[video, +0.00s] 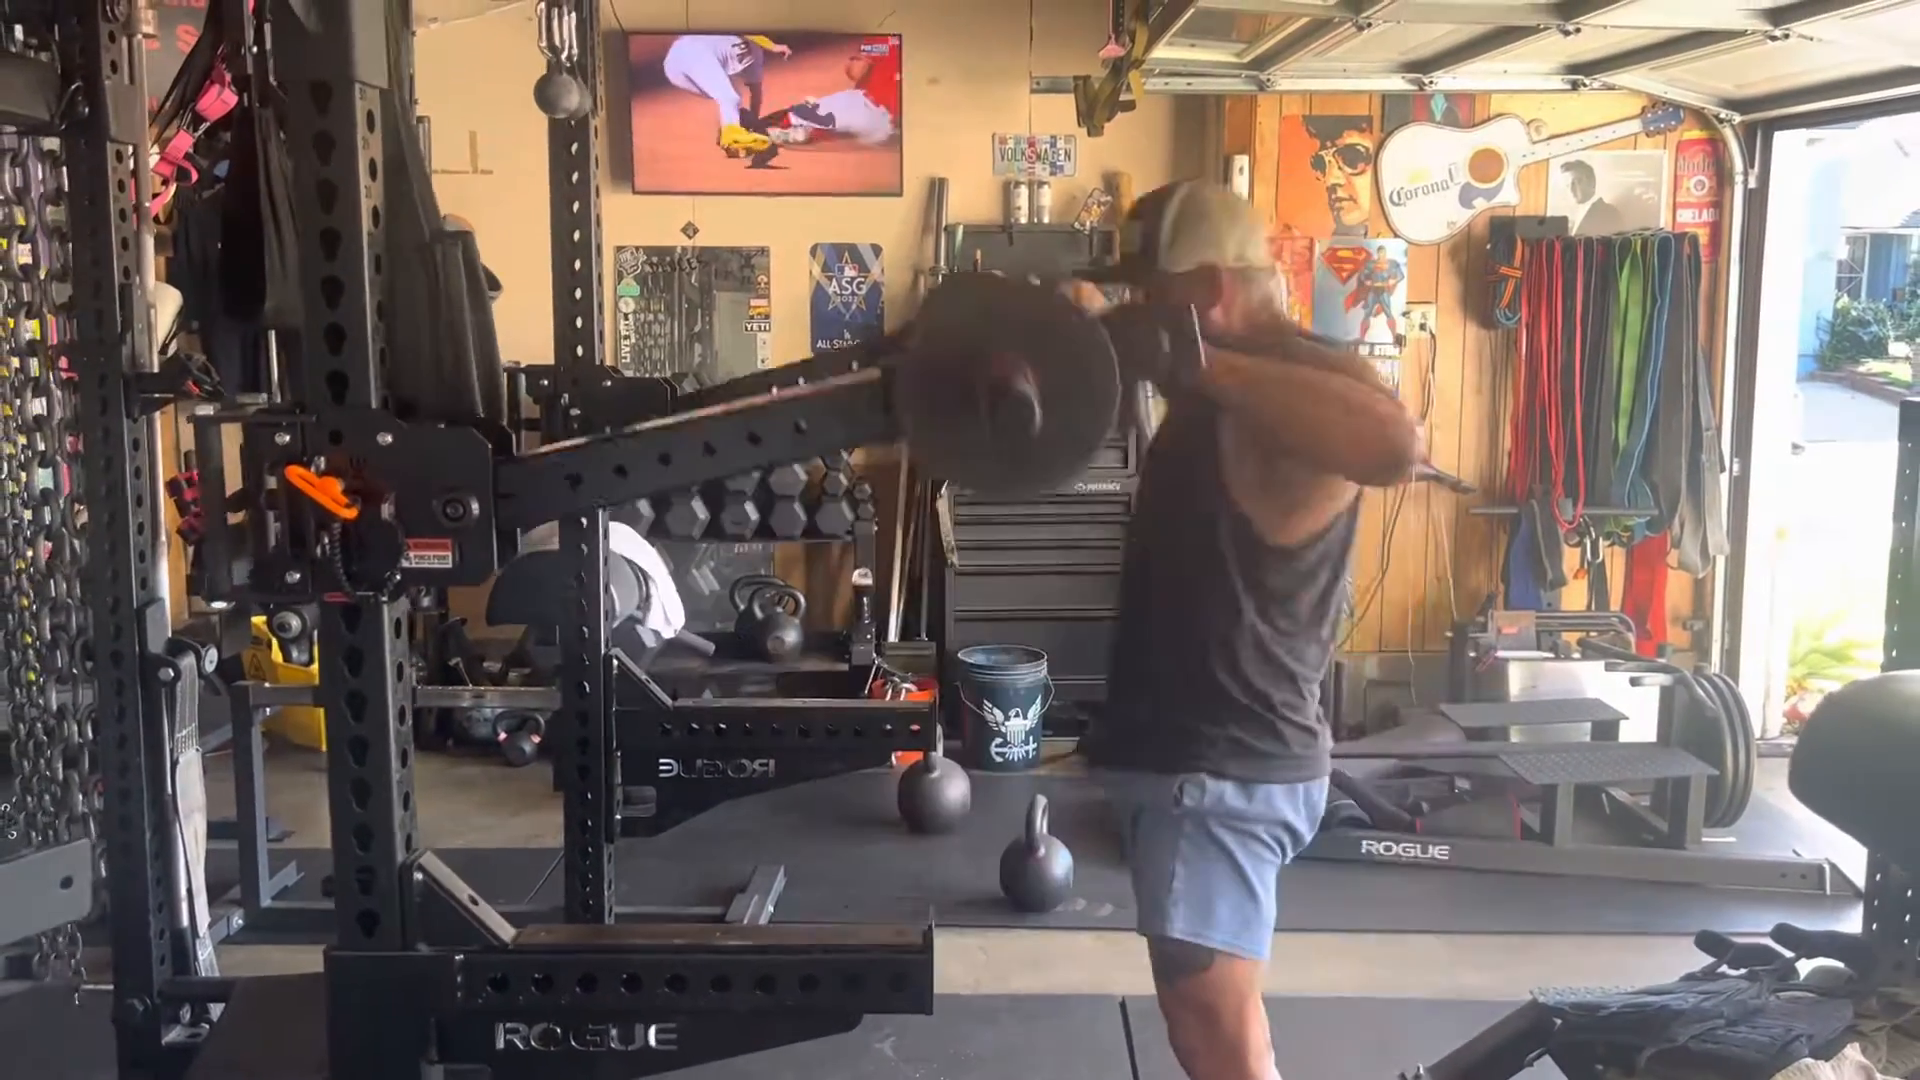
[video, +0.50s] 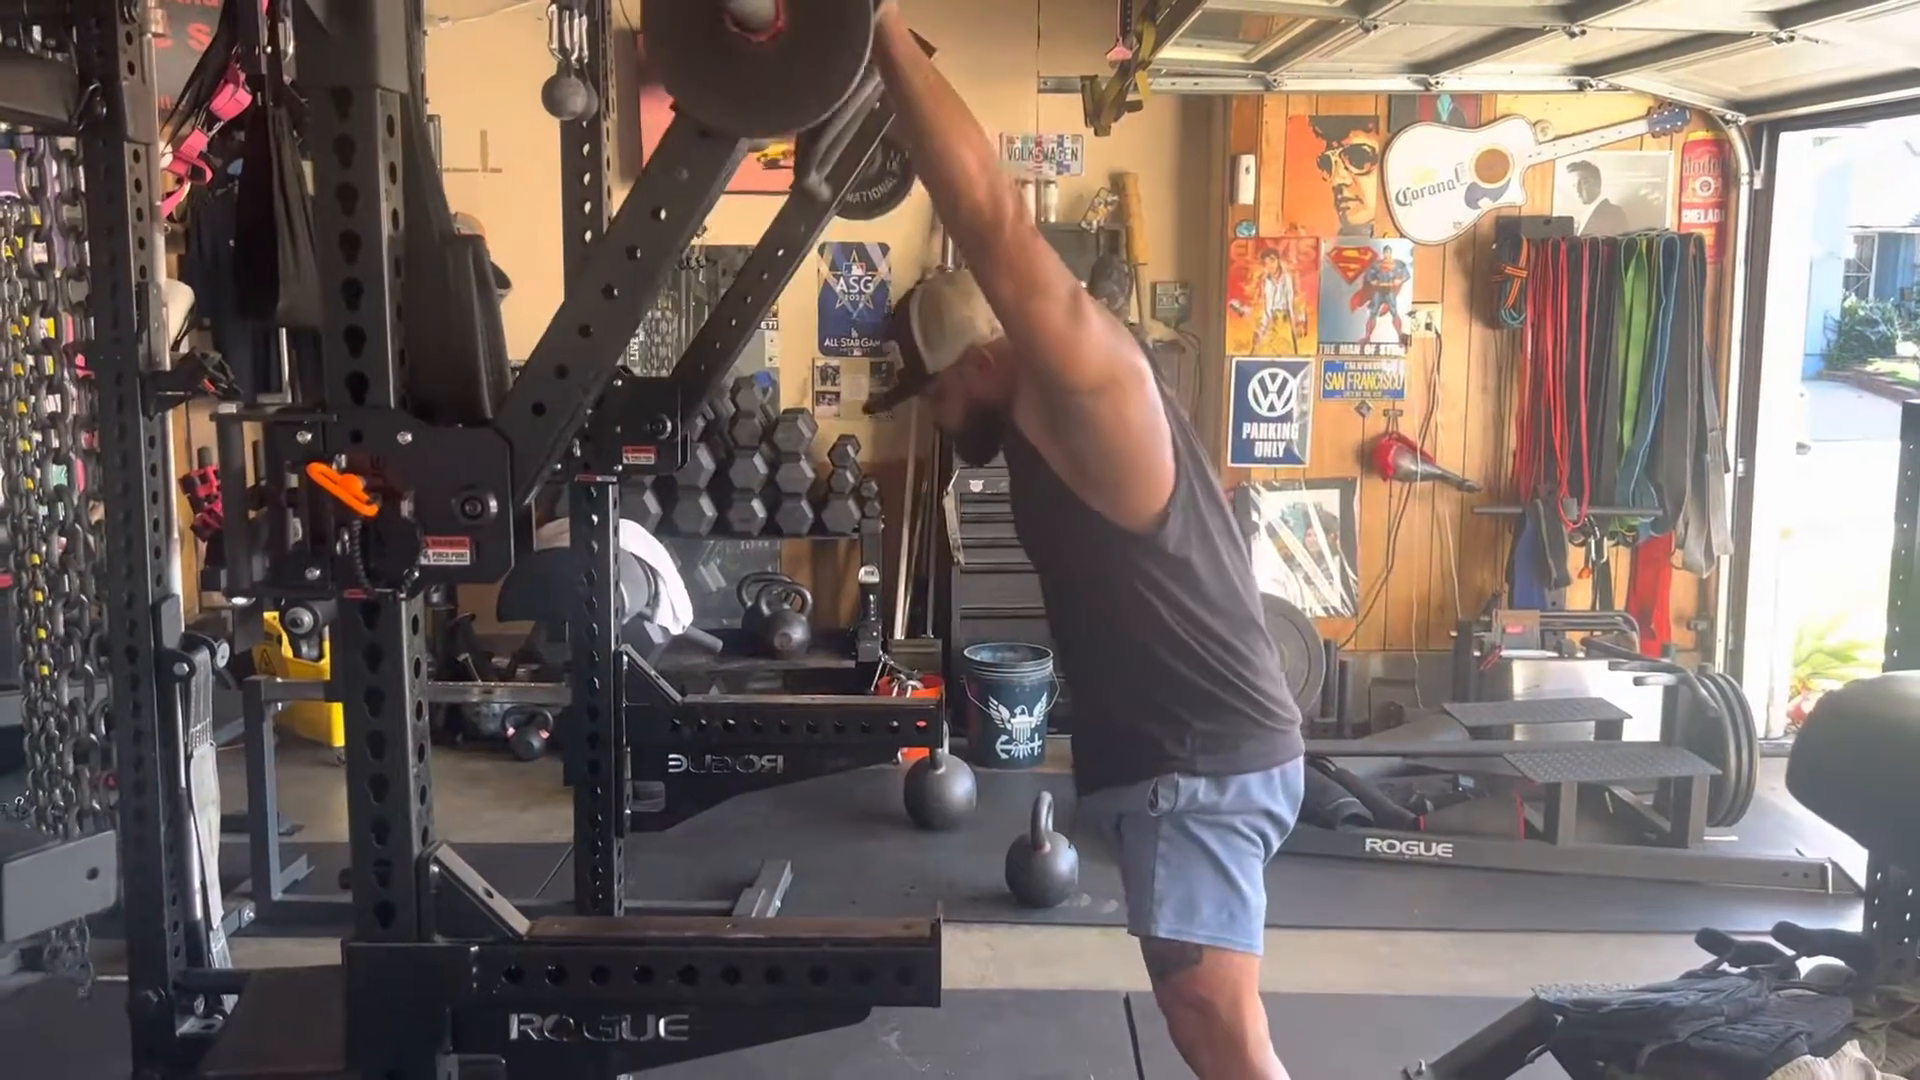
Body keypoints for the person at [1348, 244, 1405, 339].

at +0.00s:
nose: (1381, 255)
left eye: (1383, 253)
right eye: (1380, 253)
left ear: (1386, 253)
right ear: (1377, 253)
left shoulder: (1392, 264)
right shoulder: (1370, 264)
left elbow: (1401, 276)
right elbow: (1362, 275)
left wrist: (1393, 282)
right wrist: (1366, 281)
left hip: (1385, 288)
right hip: (1373, 288)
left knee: (1388, 313)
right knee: (1367, 313)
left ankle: (1394, 337)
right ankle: (1362, 337)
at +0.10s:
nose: (1381, 257)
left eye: (1383, 254)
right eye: (1380, 254)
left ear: (1386, 255)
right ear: (1377, 255)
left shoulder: (1393, 265)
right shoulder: (1371, 265)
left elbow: (1401, 277)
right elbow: (1363, 276)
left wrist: (1394, 283)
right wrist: (1366, 282)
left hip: (1385, 290)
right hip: (1374, 290)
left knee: (1389, 314)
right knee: (1368, 314)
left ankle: (1394, 338)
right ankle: (1362, 338)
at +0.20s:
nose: (1382, 257)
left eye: (1384, 254)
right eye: (1380, 254)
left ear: (1386, 255)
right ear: (1378, 255)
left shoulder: (1393, 266)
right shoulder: (1371, 266)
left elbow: (1401, 277)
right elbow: (1363, 277)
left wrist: (1394, 284)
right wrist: (1367, 284)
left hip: (1386, 290)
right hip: (1374, 290)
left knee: (1389, 314)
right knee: (1368, 314)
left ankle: (1395, 338)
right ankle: (1362, 339)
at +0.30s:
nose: (1383, 257)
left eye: (1385, 255)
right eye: (1382, 255)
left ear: (1388, 256)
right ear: (1379, 256)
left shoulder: (1394, 266)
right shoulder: (1373, 266)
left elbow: (1403, 277)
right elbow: (1365, 277)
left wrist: (1396, 284)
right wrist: (1369, 284)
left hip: (1387, 290)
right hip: (1375, 290)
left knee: (1390, 314)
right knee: (1370, 314)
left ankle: (1396, 338)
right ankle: (1364, 339)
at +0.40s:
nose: (1385, 257)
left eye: (1387, 254)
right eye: (1384, 254)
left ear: (1390, 255)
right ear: (1381, 255)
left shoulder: (1396, 265)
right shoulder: (1375, 265)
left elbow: (1404, 276)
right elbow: (1367, 276)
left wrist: (1397, 282)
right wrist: (1371, 283)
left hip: (1389, 290)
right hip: (1377, 290)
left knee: (1392, 313)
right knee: (1371, 314)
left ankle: (1398, 337)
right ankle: (1365, 338)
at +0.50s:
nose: (1387, 255)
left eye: (1389, 252)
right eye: (1385, 252)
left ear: (1391, 253)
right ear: (1383, 253)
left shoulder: (1398, 264)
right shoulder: (1377, 264)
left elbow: (1406, 275)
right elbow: (1368, 275)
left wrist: (1399, 281)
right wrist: (1373, 281)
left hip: (1391, 288)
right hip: (1379, 288)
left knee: (1394, 311)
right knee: (1373, 312)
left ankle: (1400, 335)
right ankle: (1367, 336)